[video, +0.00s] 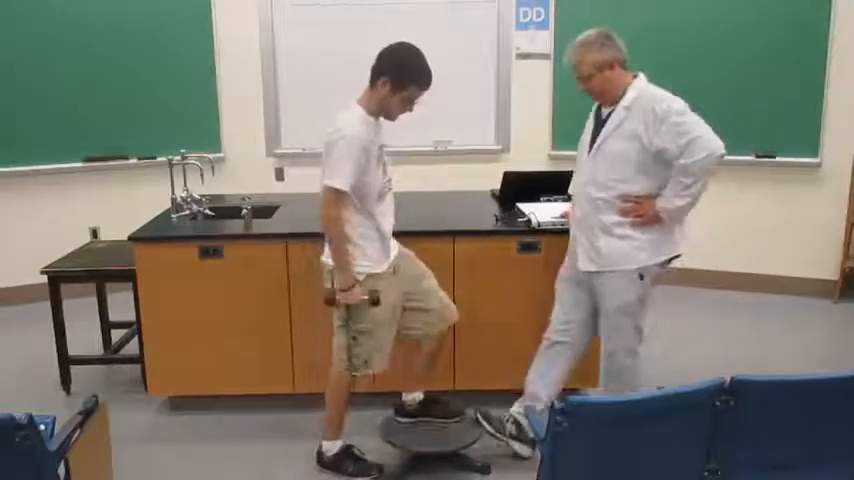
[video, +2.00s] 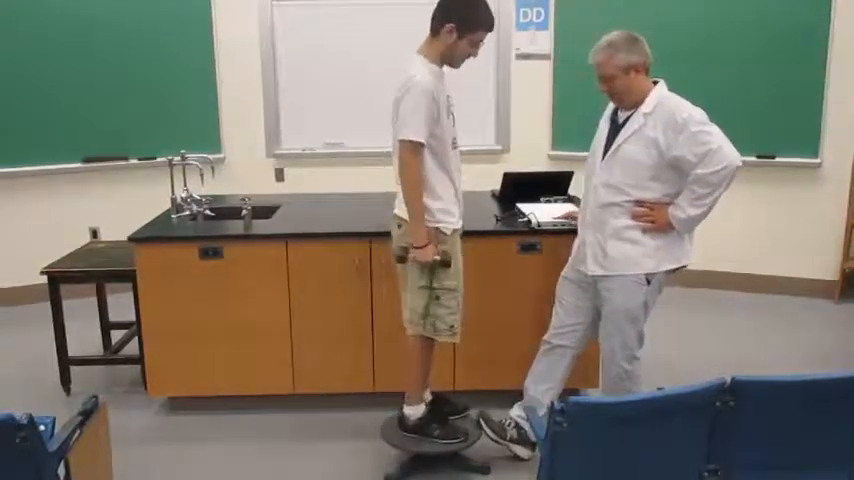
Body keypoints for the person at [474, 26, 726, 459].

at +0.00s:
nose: (582, 87)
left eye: (587, 76)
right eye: (579, 78)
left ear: (614, 67)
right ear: (600, 71)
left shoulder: (655, 105)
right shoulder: (600, 112)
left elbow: (705, 149)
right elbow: (602, 174)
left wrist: (666, 207)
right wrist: (583, 208)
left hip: (628, 253)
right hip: (586, 248)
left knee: (620, 352)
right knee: (562, 336)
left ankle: (618, 435)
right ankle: (529, 419)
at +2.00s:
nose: (602, 88)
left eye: (608, 78)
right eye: (599, 79)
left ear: (638, 70)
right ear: (625, 73)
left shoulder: (675, 114)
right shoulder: (614, 111)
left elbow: (723, 161)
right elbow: (615, 174)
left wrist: (678, 215)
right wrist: (592, 211)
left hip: (633, 258)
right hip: (590, 250)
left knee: (620, 360)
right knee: (561, 338)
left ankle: (618, 443)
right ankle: (528, 424)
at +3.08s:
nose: (609, 61)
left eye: (617, 53)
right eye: (606, 53)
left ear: (647, 54)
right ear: (605, 55)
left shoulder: (681, 104)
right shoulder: (595, 106)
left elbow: (732, 149)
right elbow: (566, 160)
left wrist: (687, 204)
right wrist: (542, 201)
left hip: (646, 250)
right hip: (596, 248)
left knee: (628, 348)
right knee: (594, 343)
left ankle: (635, 435)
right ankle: (600, 428)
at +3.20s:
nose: (610, 62)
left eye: (619, 54)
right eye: (607, 53)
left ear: (649, 56)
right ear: (603, 55)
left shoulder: (684, 109)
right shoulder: (591, 108)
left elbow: (738, 154)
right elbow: (558, 153)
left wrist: (692, 207)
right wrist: (524, 171)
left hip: (648, 261)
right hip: (594, 258)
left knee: (642, 364)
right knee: (598, 358)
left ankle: (642, 447)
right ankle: (599, 439)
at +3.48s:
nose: (613, 64)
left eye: (622, 55)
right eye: (610, 55)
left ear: (653, 58)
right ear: (605, 58)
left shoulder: (693, 114)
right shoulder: (589, 114)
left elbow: (749, 157)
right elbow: (547, 149)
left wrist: (700, 214)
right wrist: (505, 156)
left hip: (657, 274)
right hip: (597, 271)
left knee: (652, 380)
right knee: (601, 377)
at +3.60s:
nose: (606, 63)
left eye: (616, 55)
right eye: (604, 54)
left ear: (649, 57)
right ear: (602, 57)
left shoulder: (695, 115)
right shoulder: (584, 115)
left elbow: (753, 158)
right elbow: (535, 146)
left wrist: (702, 217)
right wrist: (482, 155)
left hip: (657, 281)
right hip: (591, 277)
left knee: (654, 390)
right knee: (586, 375)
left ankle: (652, 479)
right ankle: (602, 467)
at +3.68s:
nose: (606, 63)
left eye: (616, 55)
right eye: (604, 54)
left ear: (649, 58)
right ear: (601, 57)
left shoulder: (696, 115)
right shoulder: (584, 115)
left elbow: (753, 158)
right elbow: (535, 146)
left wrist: (703, 217)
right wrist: (482, 156)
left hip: (657, 281)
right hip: (590, 276)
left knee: (654, 390)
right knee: (586, 375)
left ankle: (652, 479)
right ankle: (602, 467)